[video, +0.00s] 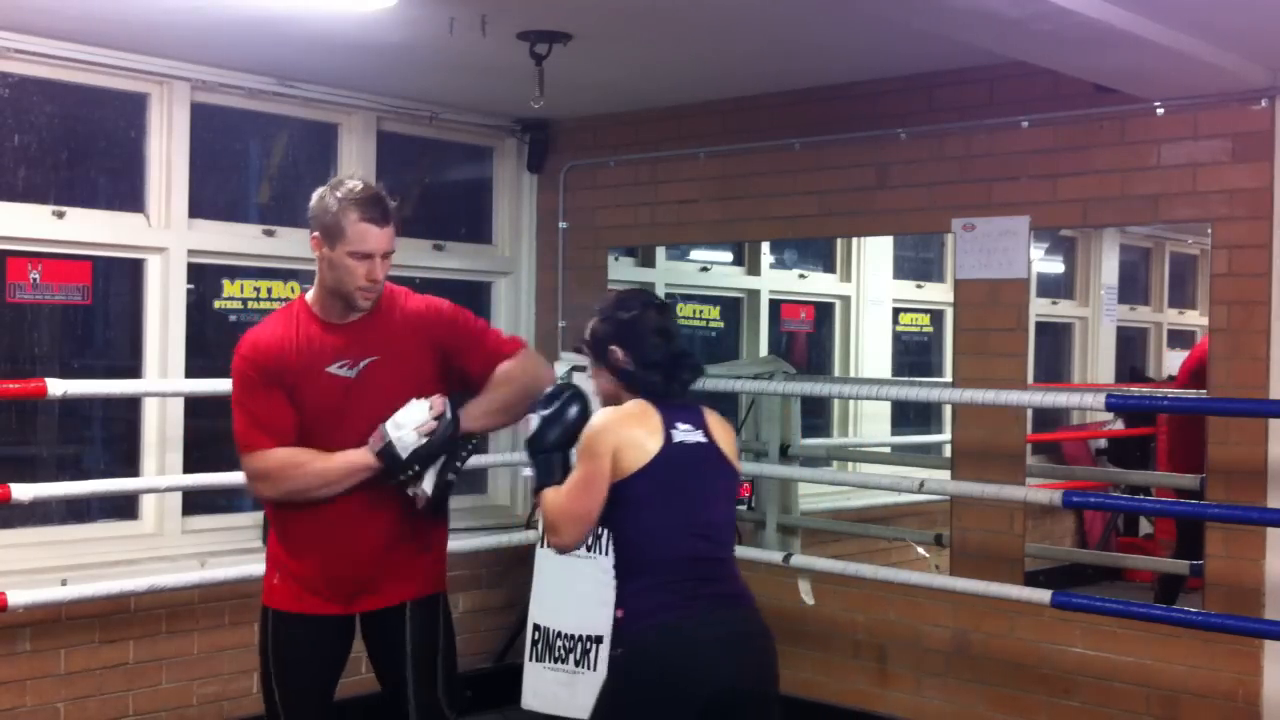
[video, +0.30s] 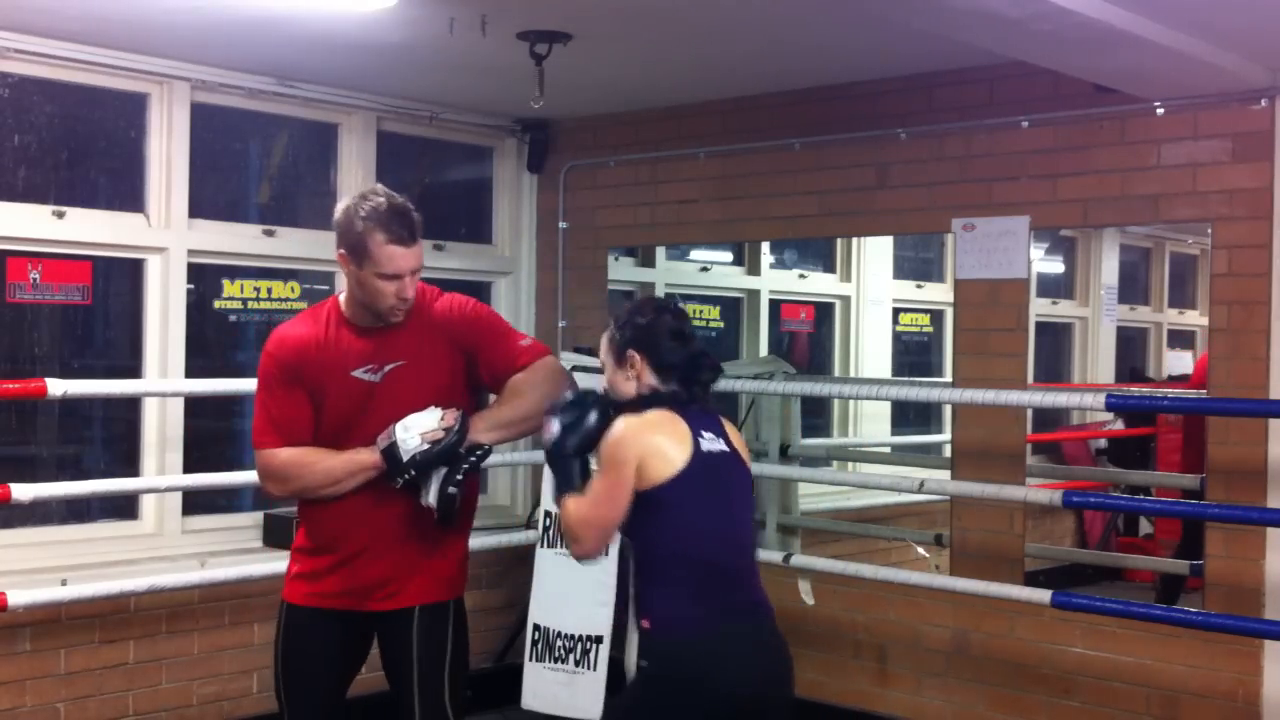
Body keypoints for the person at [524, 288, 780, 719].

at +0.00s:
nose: (591, 376)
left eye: (593, 364)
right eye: (589, 365)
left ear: (618, 360)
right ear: (667, 353)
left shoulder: (611, 425)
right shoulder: (720, 427)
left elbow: (563, 533)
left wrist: (545, 457)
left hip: (657, 652)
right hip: (741, 644)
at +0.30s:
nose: (604, 383)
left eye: (605, 369)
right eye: (600, 370)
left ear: (634, 365)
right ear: (682, 361)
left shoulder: (631, 432)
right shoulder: (728, 432)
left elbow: (585, 539)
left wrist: (565, 461)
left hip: (684, 668)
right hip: (760, 661)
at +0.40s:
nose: (611, 404)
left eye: (613, 390)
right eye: (610, 391)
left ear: (643, 389)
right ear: (688, 383)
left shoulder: (629, 461)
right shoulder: (740, 453)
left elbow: (604, 577)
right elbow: (760, 566)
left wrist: (579, 507)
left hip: (681, 679)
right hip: (768, 675)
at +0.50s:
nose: (614, 426)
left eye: (617, 414)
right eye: (613, 414)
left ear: (644, 415)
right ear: (690, 412)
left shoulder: (609, 490)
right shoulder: (745, 487)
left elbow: (571, 595)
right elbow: (807, 596)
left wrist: (569, 510)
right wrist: (744, 612)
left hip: (654, 697)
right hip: (749, 697)